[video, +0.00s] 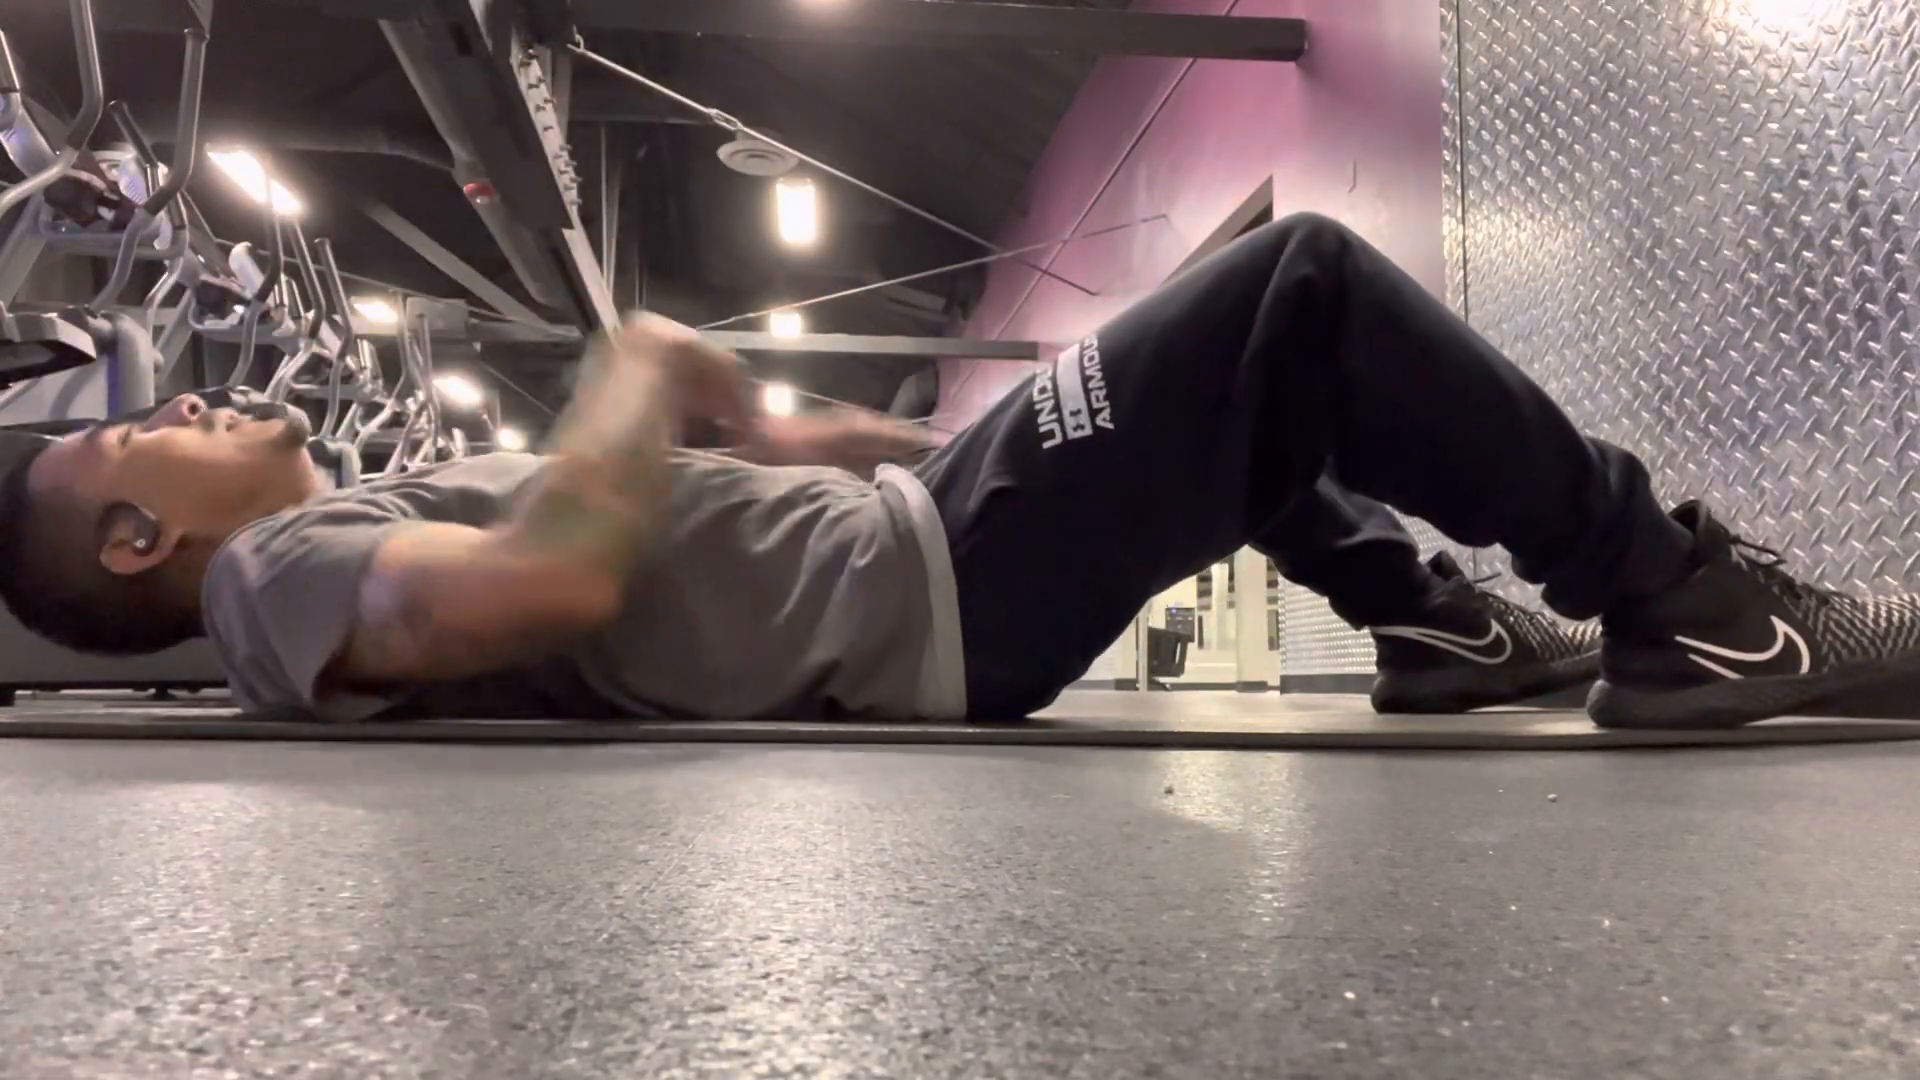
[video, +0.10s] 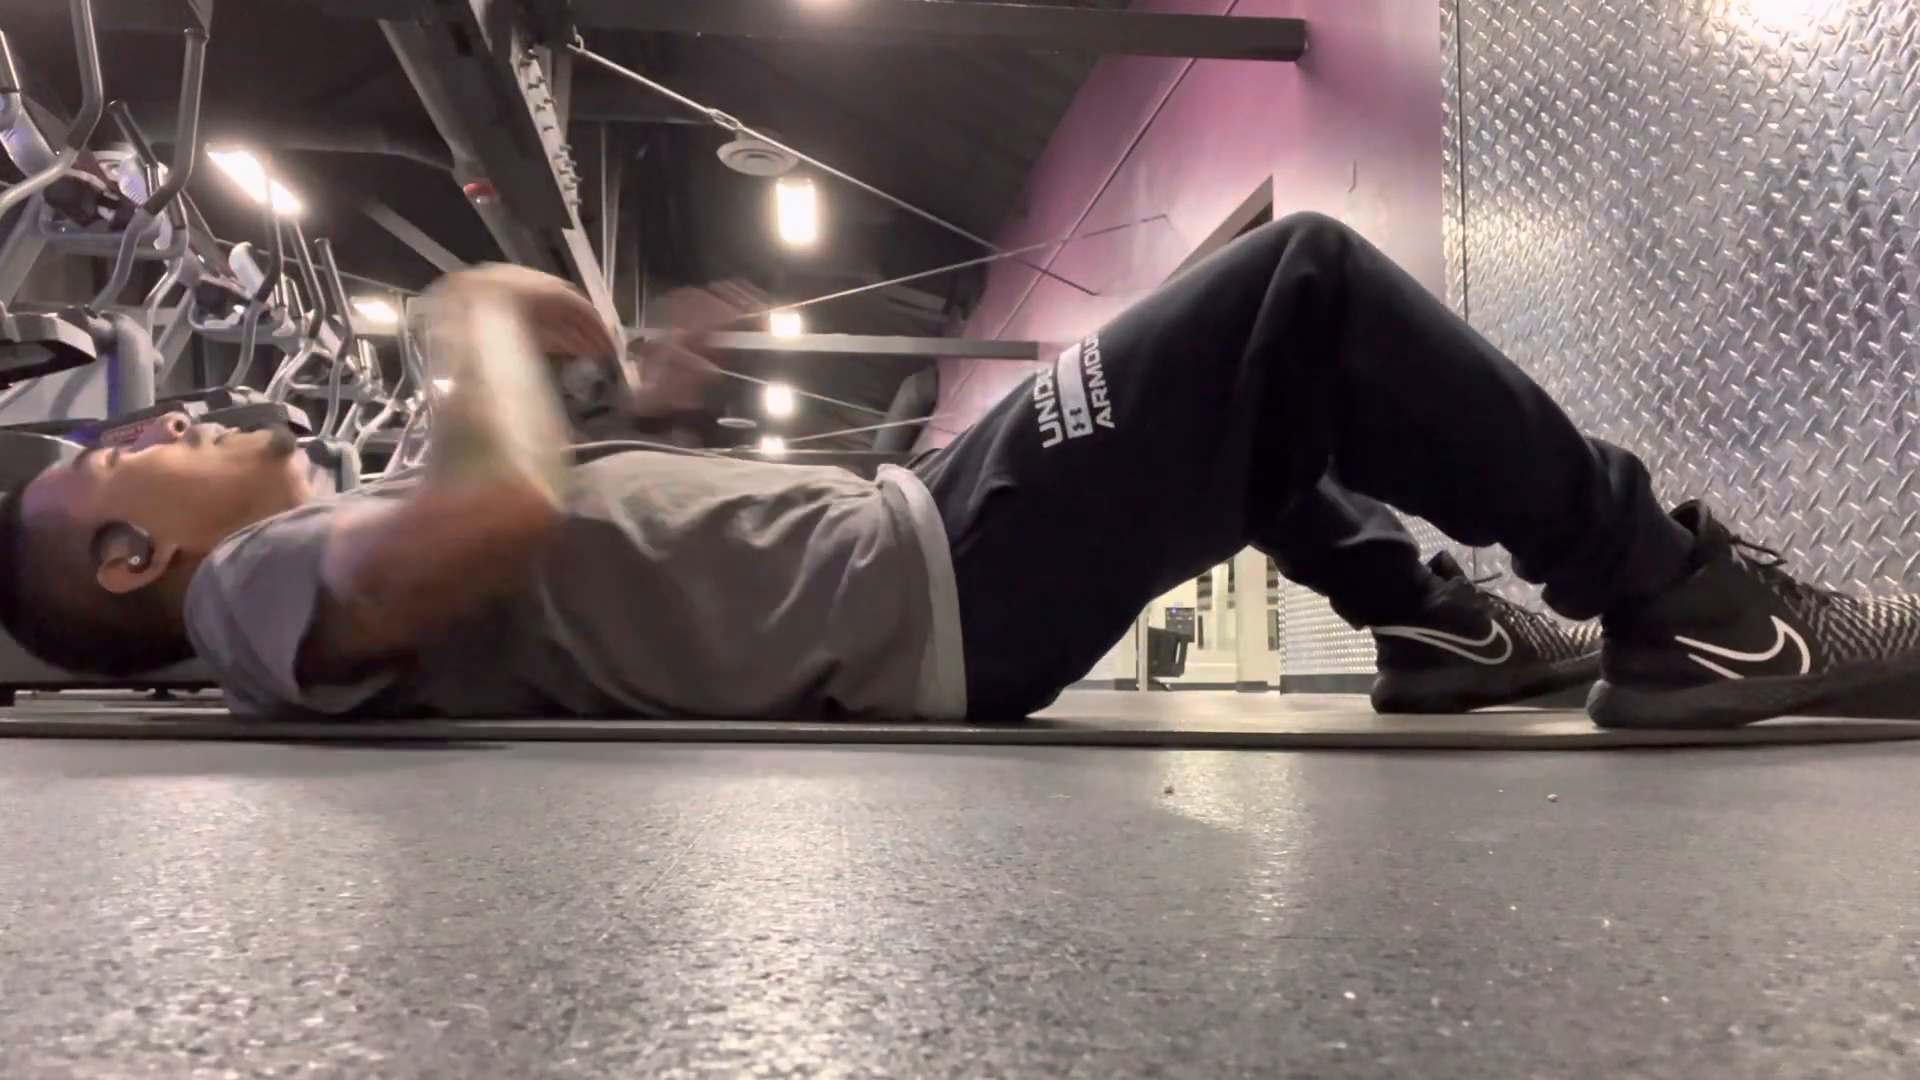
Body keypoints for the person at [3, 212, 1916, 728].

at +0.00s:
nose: (215, 401)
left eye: (165, 401)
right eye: (169, 425)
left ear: (158, 525)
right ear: (151, 537)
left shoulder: (310, 558)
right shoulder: (287, 584)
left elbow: (565, 559)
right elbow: (560, 578)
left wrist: (726, 432)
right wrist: (649, 375)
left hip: (901, 558)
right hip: (924, 613)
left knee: (1209, 318)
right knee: (1295, 280)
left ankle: (1446, 622)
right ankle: (1689, 595)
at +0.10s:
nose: (186, 417)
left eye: (149, 415)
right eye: (147, 441)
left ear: (157, 509)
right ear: (135, 549)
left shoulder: (305, 555)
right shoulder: (253, 606)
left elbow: (538, 489)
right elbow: (505, 513)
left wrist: (580, 367)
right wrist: (480, 311)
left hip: (906, 539)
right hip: (933, 600)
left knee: (1194, 332)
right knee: (1297, 276)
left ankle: (1447, 622)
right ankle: (1689, 596)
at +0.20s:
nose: (144, 459)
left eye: (110, 461)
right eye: (106, 484)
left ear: (147, 509)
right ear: (121, 569)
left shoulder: (295, 567)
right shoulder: (243, 606)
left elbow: (546, 478)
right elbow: (410, 459)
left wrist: (487, 355)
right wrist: (327, 304)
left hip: (899, 549)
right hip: (926, 598)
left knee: (1184, 353)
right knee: (1290, 272)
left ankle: (1442, 629)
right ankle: (1685, 588)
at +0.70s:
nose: (587, 126)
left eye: (570, 104)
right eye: (539, 109)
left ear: (501, 162)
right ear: (443, 176)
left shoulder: (552, 337)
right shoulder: (483, 279)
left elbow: (857, 328)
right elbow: (805, 232)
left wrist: (1033, 218)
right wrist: (1093, 137)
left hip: (914, 571)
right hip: (916, 596)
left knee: (1215, 318)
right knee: (1266, 277)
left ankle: (1432, 611)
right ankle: (1646, 568)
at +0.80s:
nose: (744, 84)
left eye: (733, 58)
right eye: (708, 57)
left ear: (589, 98)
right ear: (612, 80)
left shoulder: (656, 279)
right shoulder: (619, 189)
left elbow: (935, 318)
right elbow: (1003, 168)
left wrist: (1104, 198)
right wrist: (1255, 76)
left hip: (931, 608)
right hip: (934, 606)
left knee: (1205, 344)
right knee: (1262, 257)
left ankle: (1432, 604)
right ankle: (1642, 555)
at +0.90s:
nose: (909, 79)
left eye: (898, 63)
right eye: (882, 53)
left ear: (756, 56)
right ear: (787, 33)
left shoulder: (758, 253)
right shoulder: (729, 134)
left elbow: (1000, 326)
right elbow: (1077, 122)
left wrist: (1166, 185)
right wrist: (1329, 31)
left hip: (956, 625)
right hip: (963, 608)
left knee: (1207, 334)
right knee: (1276, 261)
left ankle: (1448, 614)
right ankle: (1638, 551)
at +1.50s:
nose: (972, 24)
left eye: (960, 9)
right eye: (941, 3)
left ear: (833, 23)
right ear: (851, 12)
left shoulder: (822, 145)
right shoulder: (827, 136)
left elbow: (1094, 273)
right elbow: (1117, 254)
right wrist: (1402, 110)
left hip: (1043, 591)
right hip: (1062, 619)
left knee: (1302, 307)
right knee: (1371, 270)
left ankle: (1458, 624)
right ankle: (1682, 613)